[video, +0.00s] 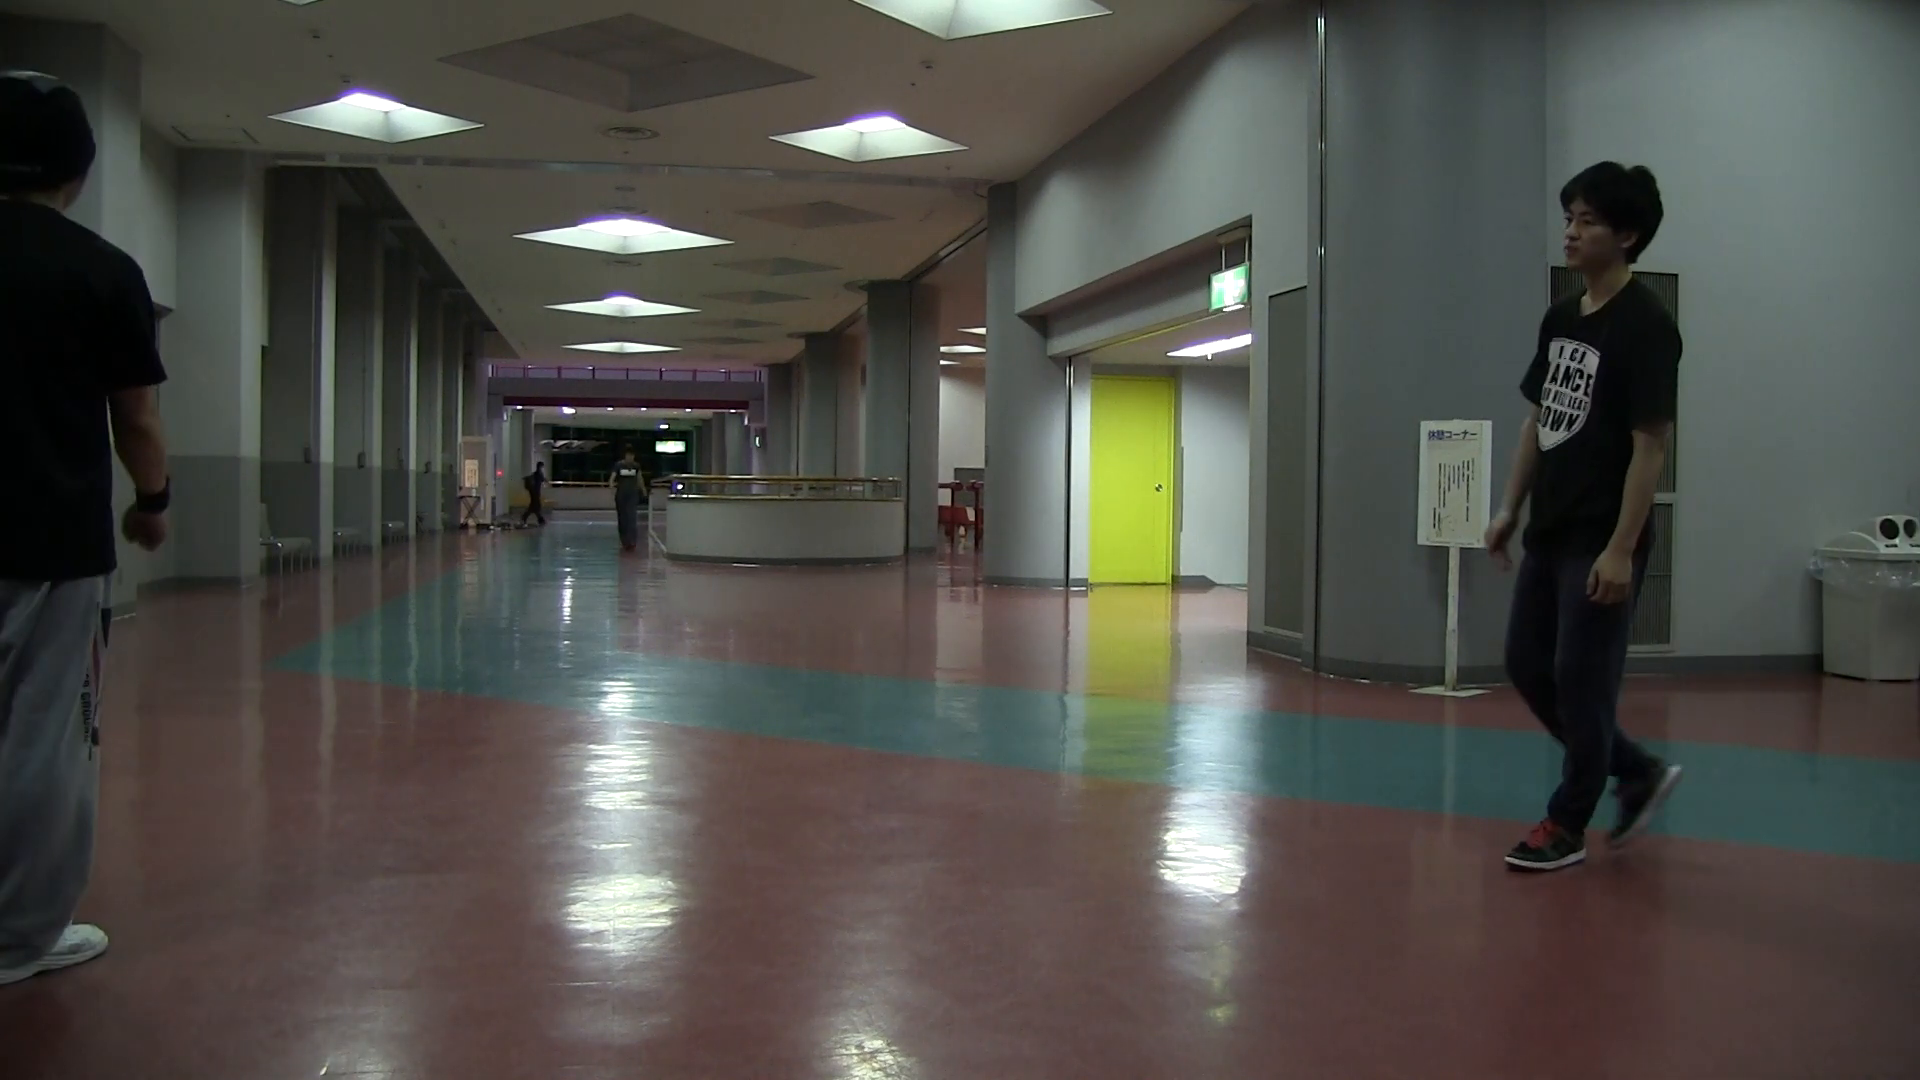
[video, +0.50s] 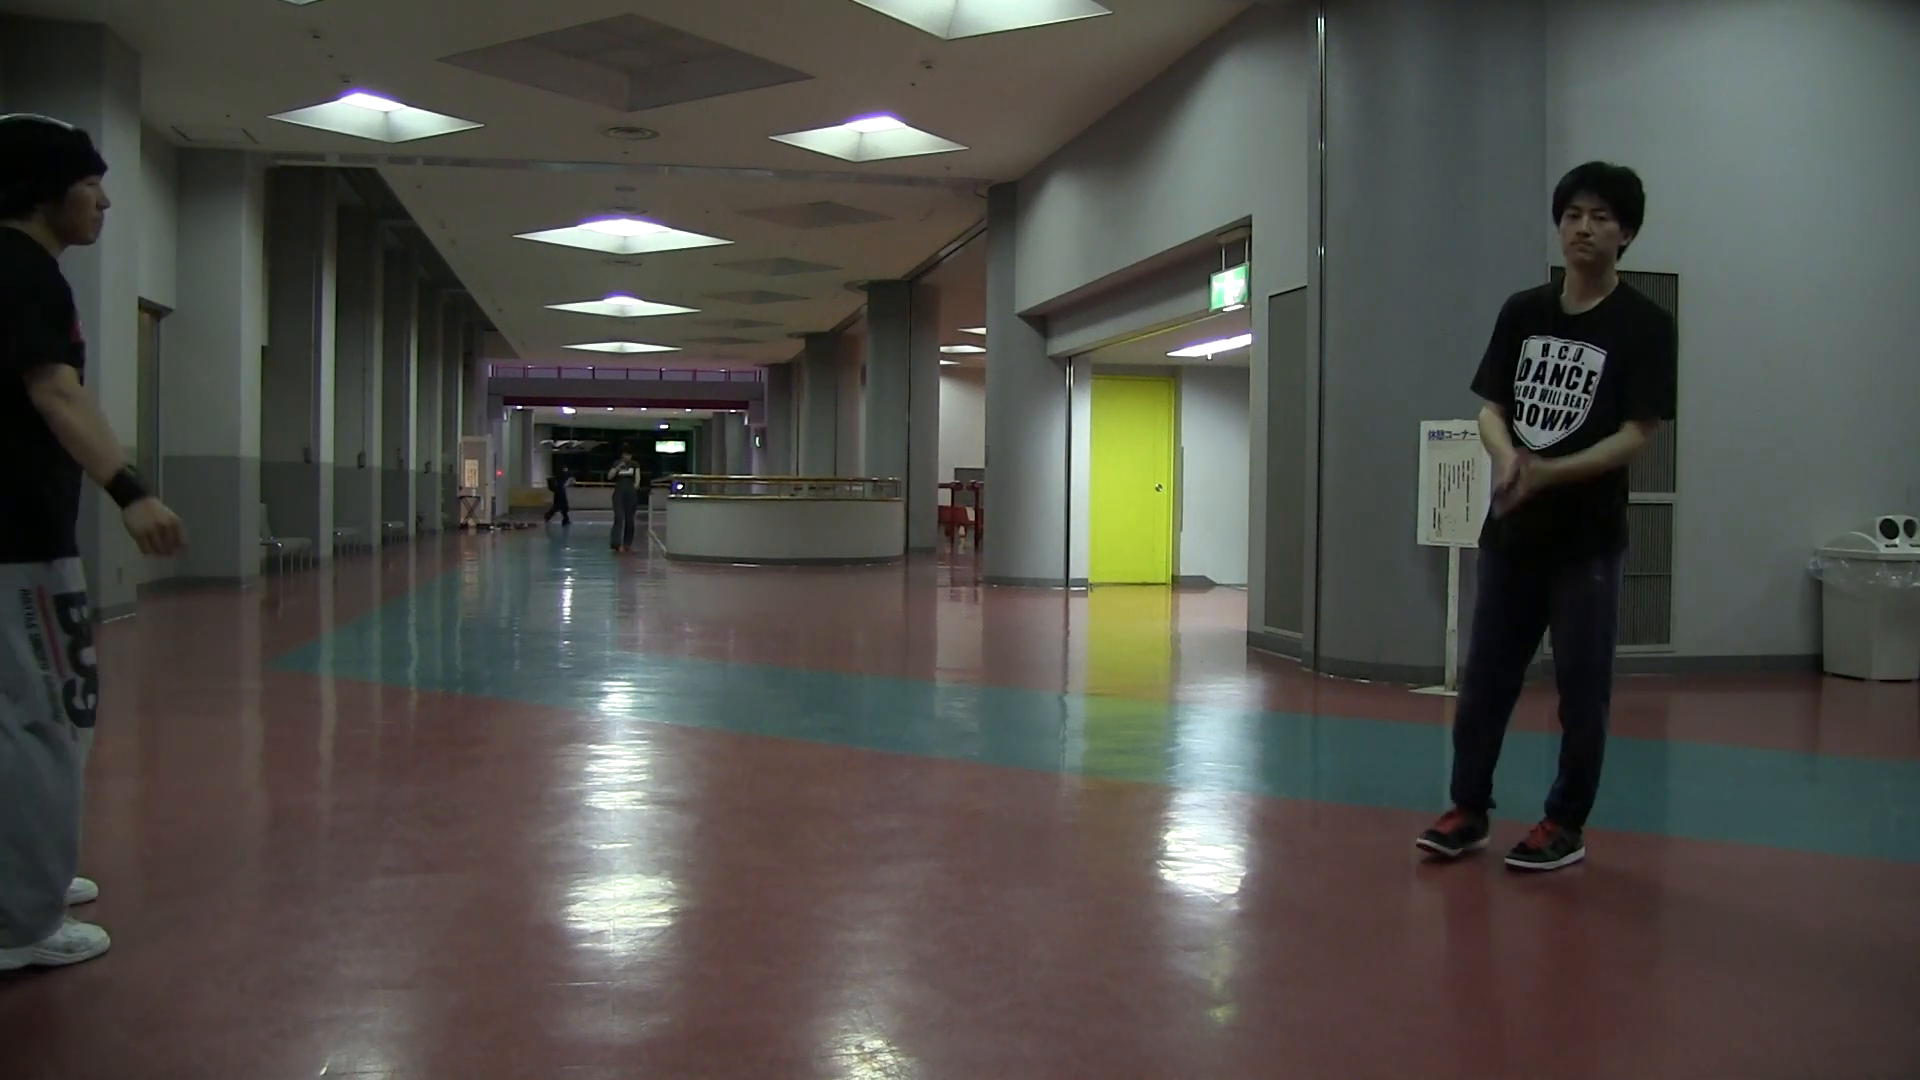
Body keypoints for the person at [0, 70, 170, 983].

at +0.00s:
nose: (80, 179)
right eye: (79, 163)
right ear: (73, 167)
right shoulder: (99, 271)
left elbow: (134, 417)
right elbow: (135, 414)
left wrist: (151, 491)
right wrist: (153, 494)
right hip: (49, 539)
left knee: (35, 731)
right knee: (42, 731)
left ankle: (27, 925)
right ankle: (25, 931)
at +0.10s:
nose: (93, 183)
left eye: (84, 168)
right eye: (93, 170)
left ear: (3, 169)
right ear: (86, 176)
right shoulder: (105, 278)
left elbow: (129, 430)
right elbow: (130, 428)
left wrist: (130, 514)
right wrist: (132, 517)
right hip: (49, 539)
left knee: (36, 728)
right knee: (40, 730)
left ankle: (27, 923)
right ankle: (25, 930)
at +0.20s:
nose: (107, 190)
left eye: (102, 176)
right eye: (105, 177)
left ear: (14, 174)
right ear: (91, 183)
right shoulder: (94, 275)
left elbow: (122, 429)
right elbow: (121, 426)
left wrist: (129, 531)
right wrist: (133, 531)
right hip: (48, 540)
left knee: (34, 729)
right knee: (41, 733)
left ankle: (27, 923)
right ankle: (26, 931)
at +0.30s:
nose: (112, 193)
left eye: (110, 178)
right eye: (107, 179)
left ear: (27, 179)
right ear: (81, 185)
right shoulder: (80, 275)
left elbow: (105, 422)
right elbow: (106, 423)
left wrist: (142, 533)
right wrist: (147, 534)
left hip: (23, 542)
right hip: (44, 545)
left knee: (31, 722)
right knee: (43, 730)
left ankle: (29, 919)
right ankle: (28, 929)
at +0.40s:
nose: (109, 203)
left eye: (106, 186)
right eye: (101, 187)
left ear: (33, 187)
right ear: (63, 191)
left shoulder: (27, 270)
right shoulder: (49, 279)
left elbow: (81, 412)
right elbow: (85, 412)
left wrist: (144, 524)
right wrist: (154, 530)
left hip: (23, 544)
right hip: (31, 548)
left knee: (40, 721)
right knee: (45, 726)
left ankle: (38, 905)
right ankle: (28, 929)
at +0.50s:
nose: (103, 203)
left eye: (101, 187)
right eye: (92, 188)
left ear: (41, 192)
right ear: (49, 193)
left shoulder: (20, 267)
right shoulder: (28, 272)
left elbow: (58, 390)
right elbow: (54, 391)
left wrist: (125, 485)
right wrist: (131, 494)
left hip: (25, 539)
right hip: (21, 545)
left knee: (42, 711)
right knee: (41, 720)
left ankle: (36, 878)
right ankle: (24, 924)